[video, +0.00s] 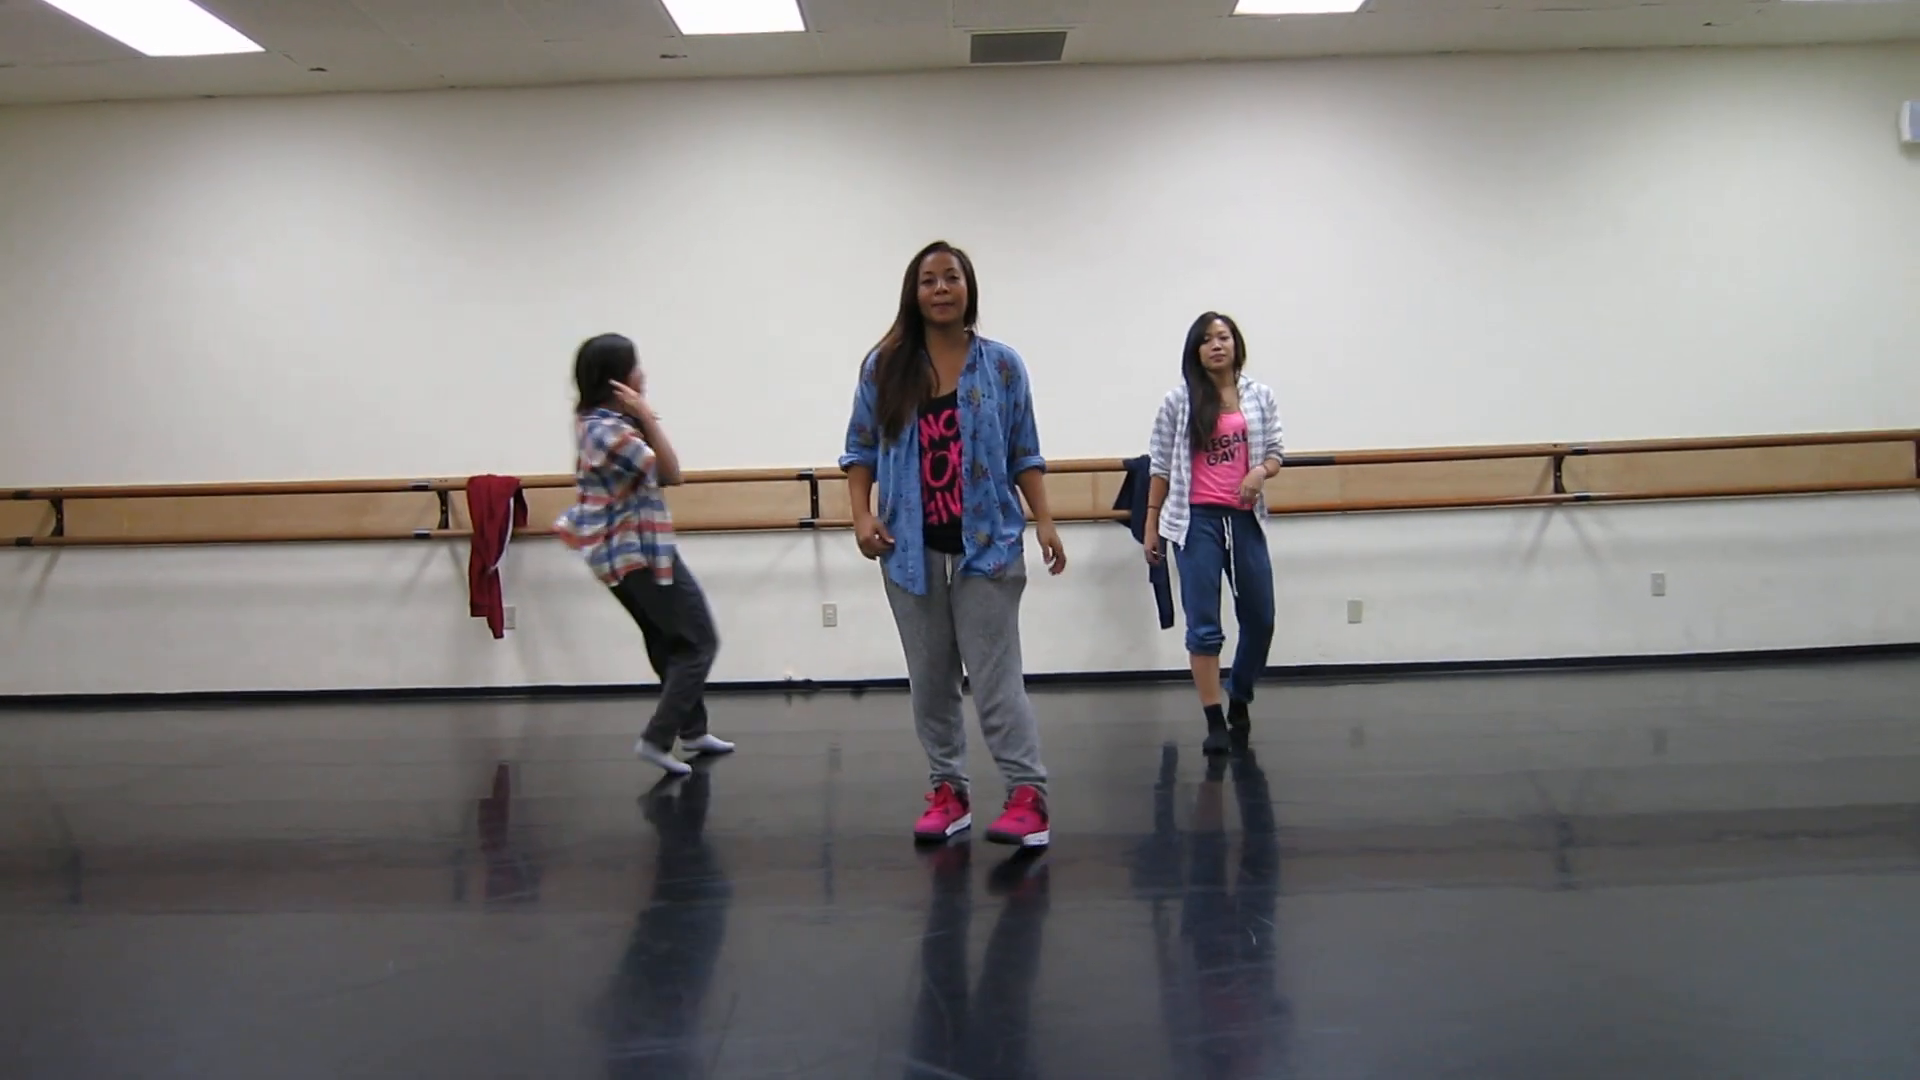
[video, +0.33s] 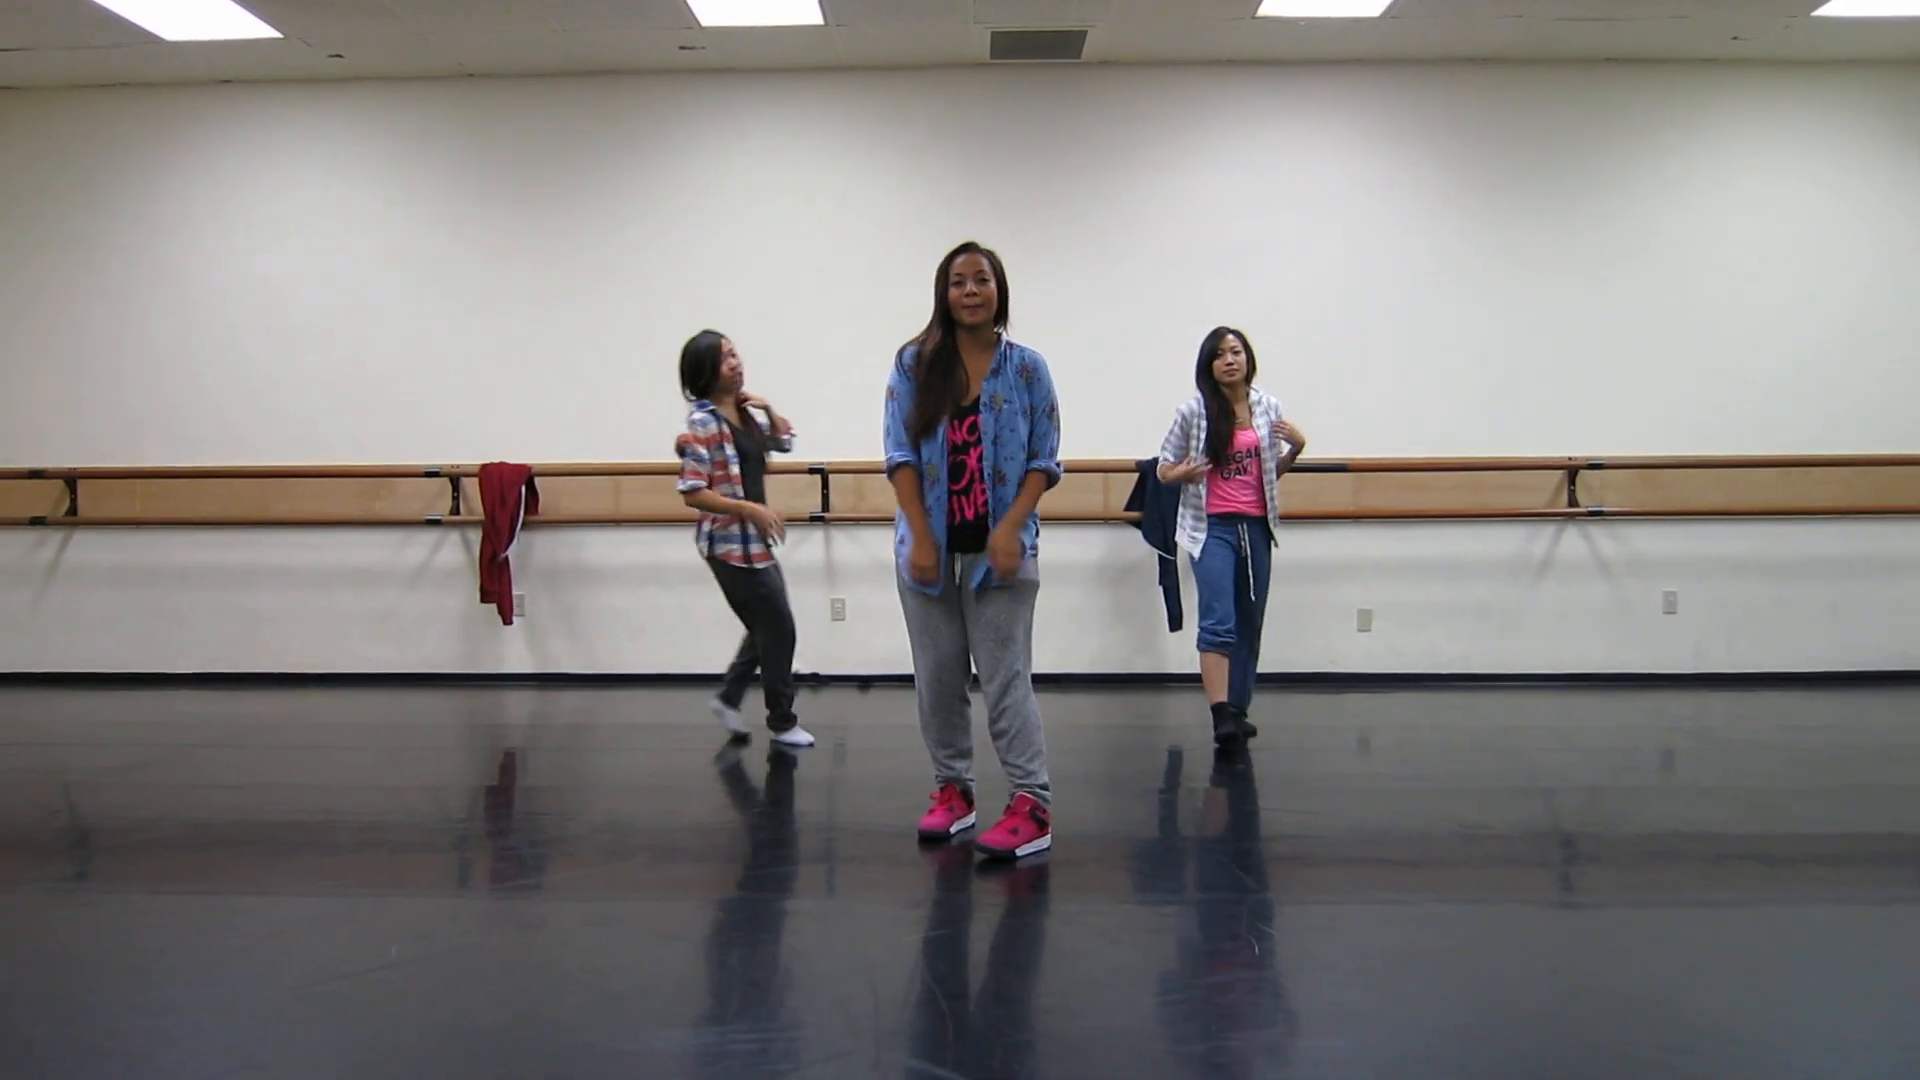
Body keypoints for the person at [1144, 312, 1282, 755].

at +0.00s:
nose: (1217, 345)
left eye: (1223, 337)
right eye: (1207, 340)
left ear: (1237, 344)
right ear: (1195, 351)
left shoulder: (1259, 396)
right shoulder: (1177, 402)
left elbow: (1275, 455)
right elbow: (1159, 470)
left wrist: (1260, 471)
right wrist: (1151, 526)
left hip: (1245, 519)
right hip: (1194, 519)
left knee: (1260, 617)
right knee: (1203, 621)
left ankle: (1240, 697)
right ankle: (1214, 721)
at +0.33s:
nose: (1229, 360)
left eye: (1236, 352)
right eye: (1219, 354)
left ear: (1248, 359)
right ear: (1208, 365)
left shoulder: (1266, 407)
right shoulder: (1192, 412)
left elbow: (1270, 475)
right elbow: (1164, 471)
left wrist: (1297, 447)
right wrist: (1184, 471)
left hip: (1256, 527)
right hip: (1211, 527)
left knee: (1249, 622)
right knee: (1218, 618)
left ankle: (1237, 712)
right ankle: (1222, 715)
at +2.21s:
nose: (1208, 368)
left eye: (1215, 361)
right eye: (1199, 363)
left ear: (1227, 369)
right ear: (1187, 373)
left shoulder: (1246, 416)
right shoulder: (1169, 419)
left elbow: (1258, 483)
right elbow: (1157, 482)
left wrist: (1254, 446)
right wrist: (1198, 476)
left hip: (1238, 536)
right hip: (1189, 535)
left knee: (1248, 641)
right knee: (1173, 632)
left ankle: (1256, 729)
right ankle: (1161, 718)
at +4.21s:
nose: (1201, 390)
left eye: (1210, 384)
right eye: (1193, 383)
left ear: (1222, 392)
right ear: (1180, 389)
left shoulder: (1237, 438)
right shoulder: (1157, 436)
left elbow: (1243, 503)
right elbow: (1137, 494)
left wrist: (1247, 479)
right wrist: (1164, 500)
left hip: (1219, 555)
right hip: (1169, 554)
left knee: (1236, 653)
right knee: (1169, 655)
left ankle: (1257, 747)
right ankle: (1171, 744)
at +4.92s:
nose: (1229, 395)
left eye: (1236, 388)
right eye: (1220, 389)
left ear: (1248, 397)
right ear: (1206, 398)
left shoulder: (1264, 445)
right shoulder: (1184, 447)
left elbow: (1274, 495)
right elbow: (1168, 507)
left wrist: (1275, 512)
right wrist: (1192, 545)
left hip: (1253, 562)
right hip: (1200, 561)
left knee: (1283, 657)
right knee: (1191, 658)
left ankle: (1307, 748)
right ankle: (1176, 753)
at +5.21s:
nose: (1276, 392)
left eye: (1283, 385)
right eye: (1268, 387)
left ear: (1295, 393)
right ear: (1254, 397)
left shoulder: (1313, 440)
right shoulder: (1236, 448)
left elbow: (1323, 491)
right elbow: (1226, 512)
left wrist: (1333, 504)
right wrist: (1223, 569)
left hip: (1306, 558)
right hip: (1256, 559)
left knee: (1308, 657)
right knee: (1228, 647)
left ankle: (1311, 747)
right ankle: (1200, 745)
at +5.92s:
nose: (1305, 391)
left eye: (1311, 384)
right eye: (1296, 386)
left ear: (1323, 391)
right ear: (1283, 395)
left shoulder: (1342, 439)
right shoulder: (1264, 442)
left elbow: (1355, 495)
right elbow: (1256, 504)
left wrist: (1335, 525)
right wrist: (1273, 557)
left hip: (1319, 554)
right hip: (1273, 552)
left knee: (1316, 658)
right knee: (1267, 642)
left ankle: (1311, 748)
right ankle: (1242, 720)